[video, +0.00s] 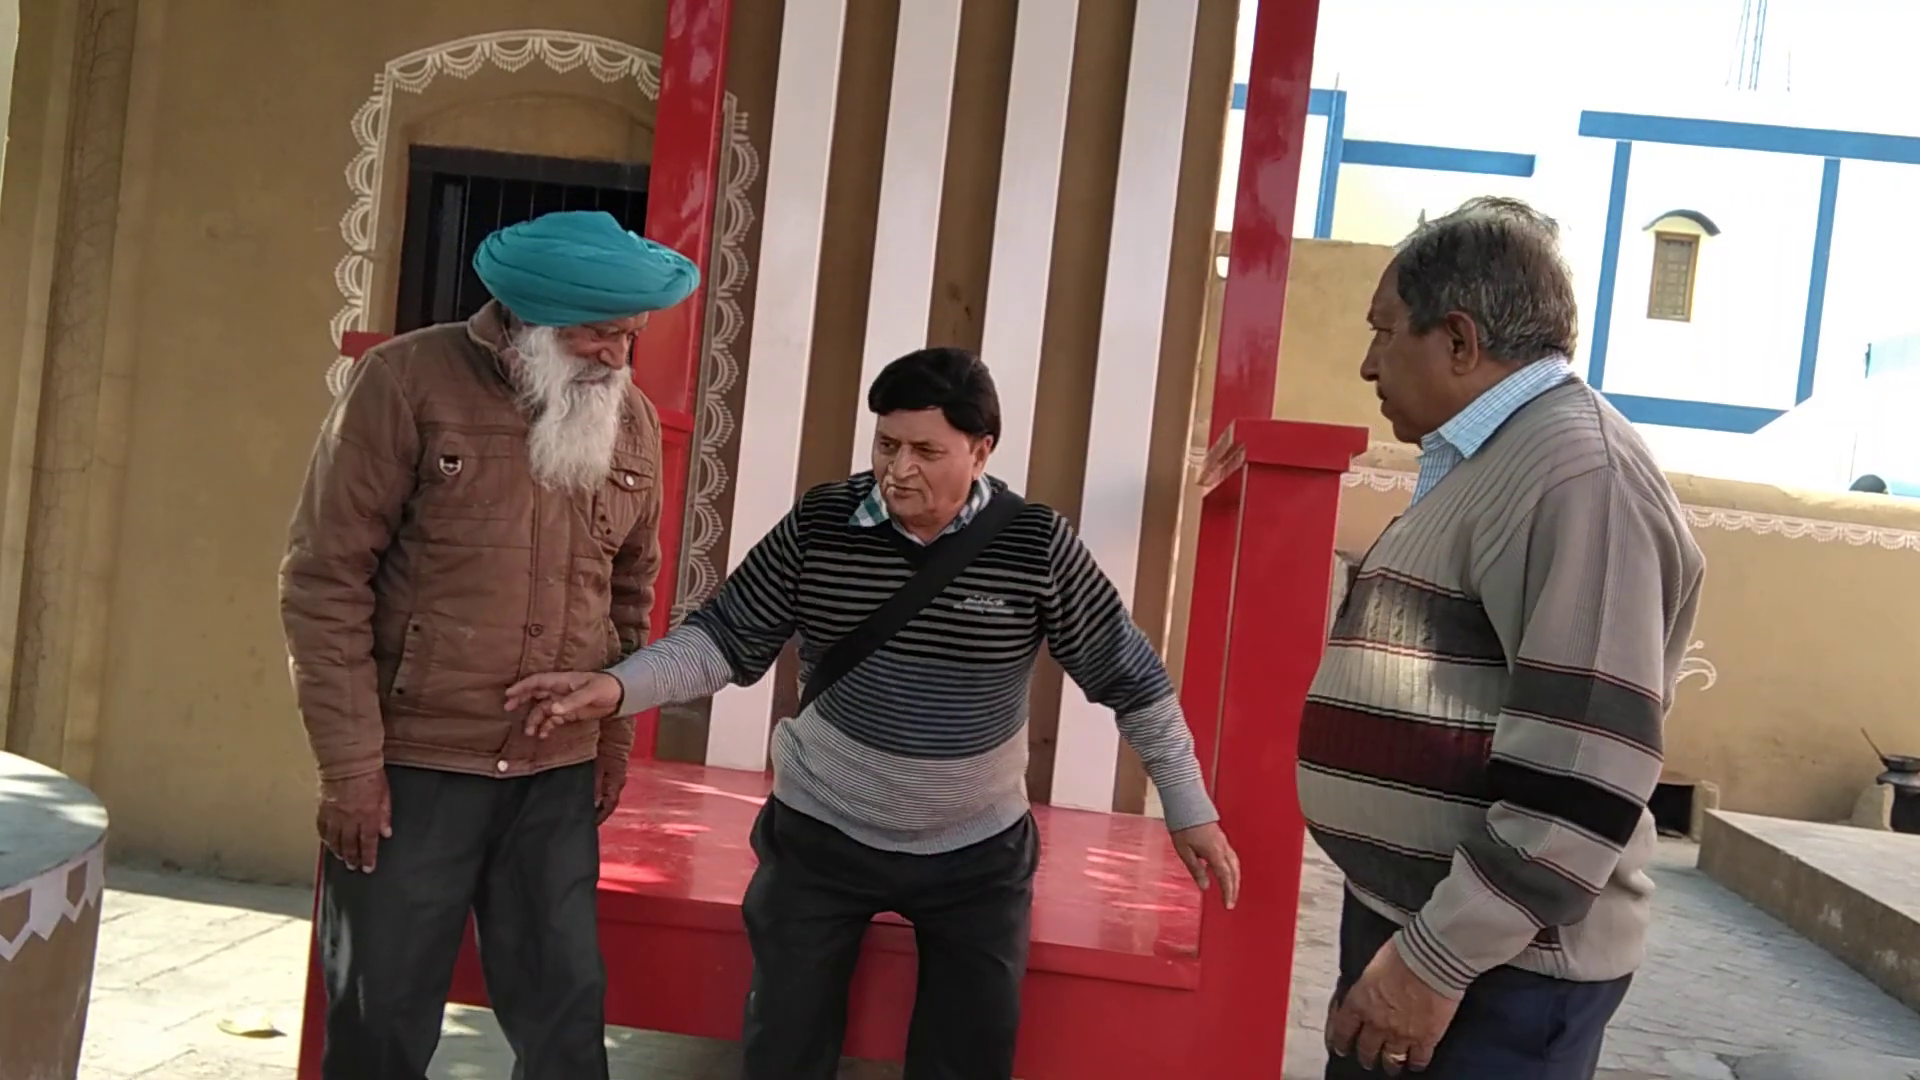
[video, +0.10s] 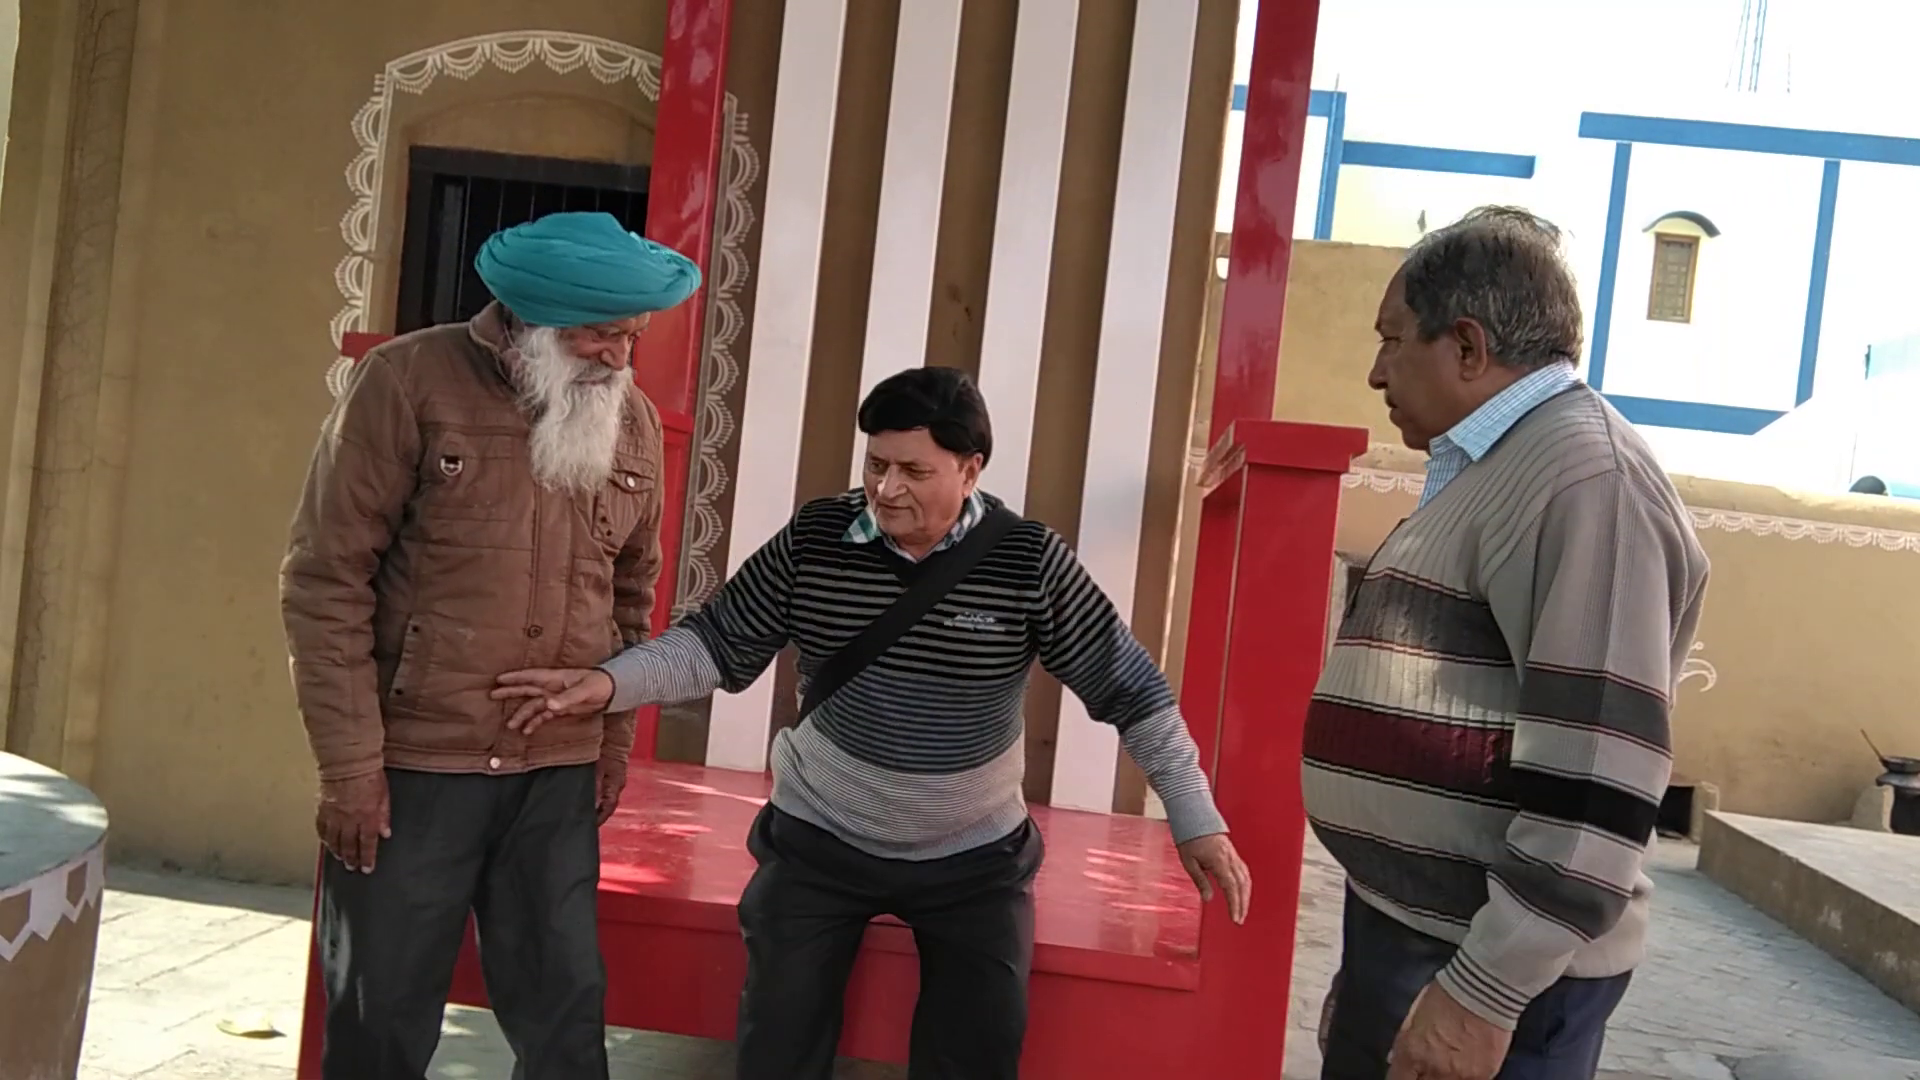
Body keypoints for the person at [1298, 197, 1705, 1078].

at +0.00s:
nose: (1366, 362)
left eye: (1383, 332)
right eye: (1372, 334)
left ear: (1459, 338)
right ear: (1462, 342)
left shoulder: (1585, 479)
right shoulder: (1493, 457)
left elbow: (1582, 786)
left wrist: (1430, 961)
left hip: (1505, 975)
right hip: (1412, 937)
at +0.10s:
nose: (1374, 370)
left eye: (1391, 340)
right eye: (1379, 342)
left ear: (1468, 346)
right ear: (1471, 349)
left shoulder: (1591, 482)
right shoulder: (1498, 464)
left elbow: (1600, 780)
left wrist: (1481, 992)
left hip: (1488, 972)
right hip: (1408, 934)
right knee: (1359, 1067)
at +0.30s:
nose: (1389, 381)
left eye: (1403, 352)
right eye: (1393, 355)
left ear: (1473, 357)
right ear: (1476, 360)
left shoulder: (1584, 484)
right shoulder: (1497, 472)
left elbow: (1607, 772)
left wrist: (1543, 1007)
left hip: (1462, 953)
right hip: (1391, 922)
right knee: (1340, 1065)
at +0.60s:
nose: (1332, 399)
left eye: (1336, 370)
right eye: (1330, 371)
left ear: (1387, 366)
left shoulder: (1484, 463)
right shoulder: (1452, 458)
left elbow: (1530, 725)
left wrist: (1454, 944)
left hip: (1424, 919)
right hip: (1394, 899)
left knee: (1258, 1065)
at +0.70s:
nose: (1310, 401)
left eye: (1311, 376)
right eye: (1307, 377)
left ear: (1354, 373)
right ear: (1446, 356)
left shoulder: (1432, 470)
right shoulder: (1471, 448)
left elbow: (1466, 734)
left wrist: (1410, 948)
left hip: (1383, 917)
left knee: (1267, 1062)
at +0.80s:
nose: (1285, 404)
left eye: (1286, 378)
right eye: (1285, 379)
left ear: (1321, 376)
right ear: (1420, 363)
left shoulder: (1377, 480)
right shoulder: (1468, 461)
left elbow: (1394, 749)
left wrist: (1341, 954)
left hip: (1350, 924)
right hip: (1452, 912)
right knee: (1426, 1068)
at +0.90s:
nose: (1244, 399)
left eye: (1247, 375)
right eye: (1247, 375)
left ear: (1278, 376)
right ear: (1386, 361)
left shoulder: (1327, 484)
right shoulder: (1444, 465)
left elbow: (1324, 758)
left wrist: (1260, 946)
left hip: (1342, 898)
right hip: (1442, 883)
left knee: (1229, 1063)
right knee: (1404, 1066)